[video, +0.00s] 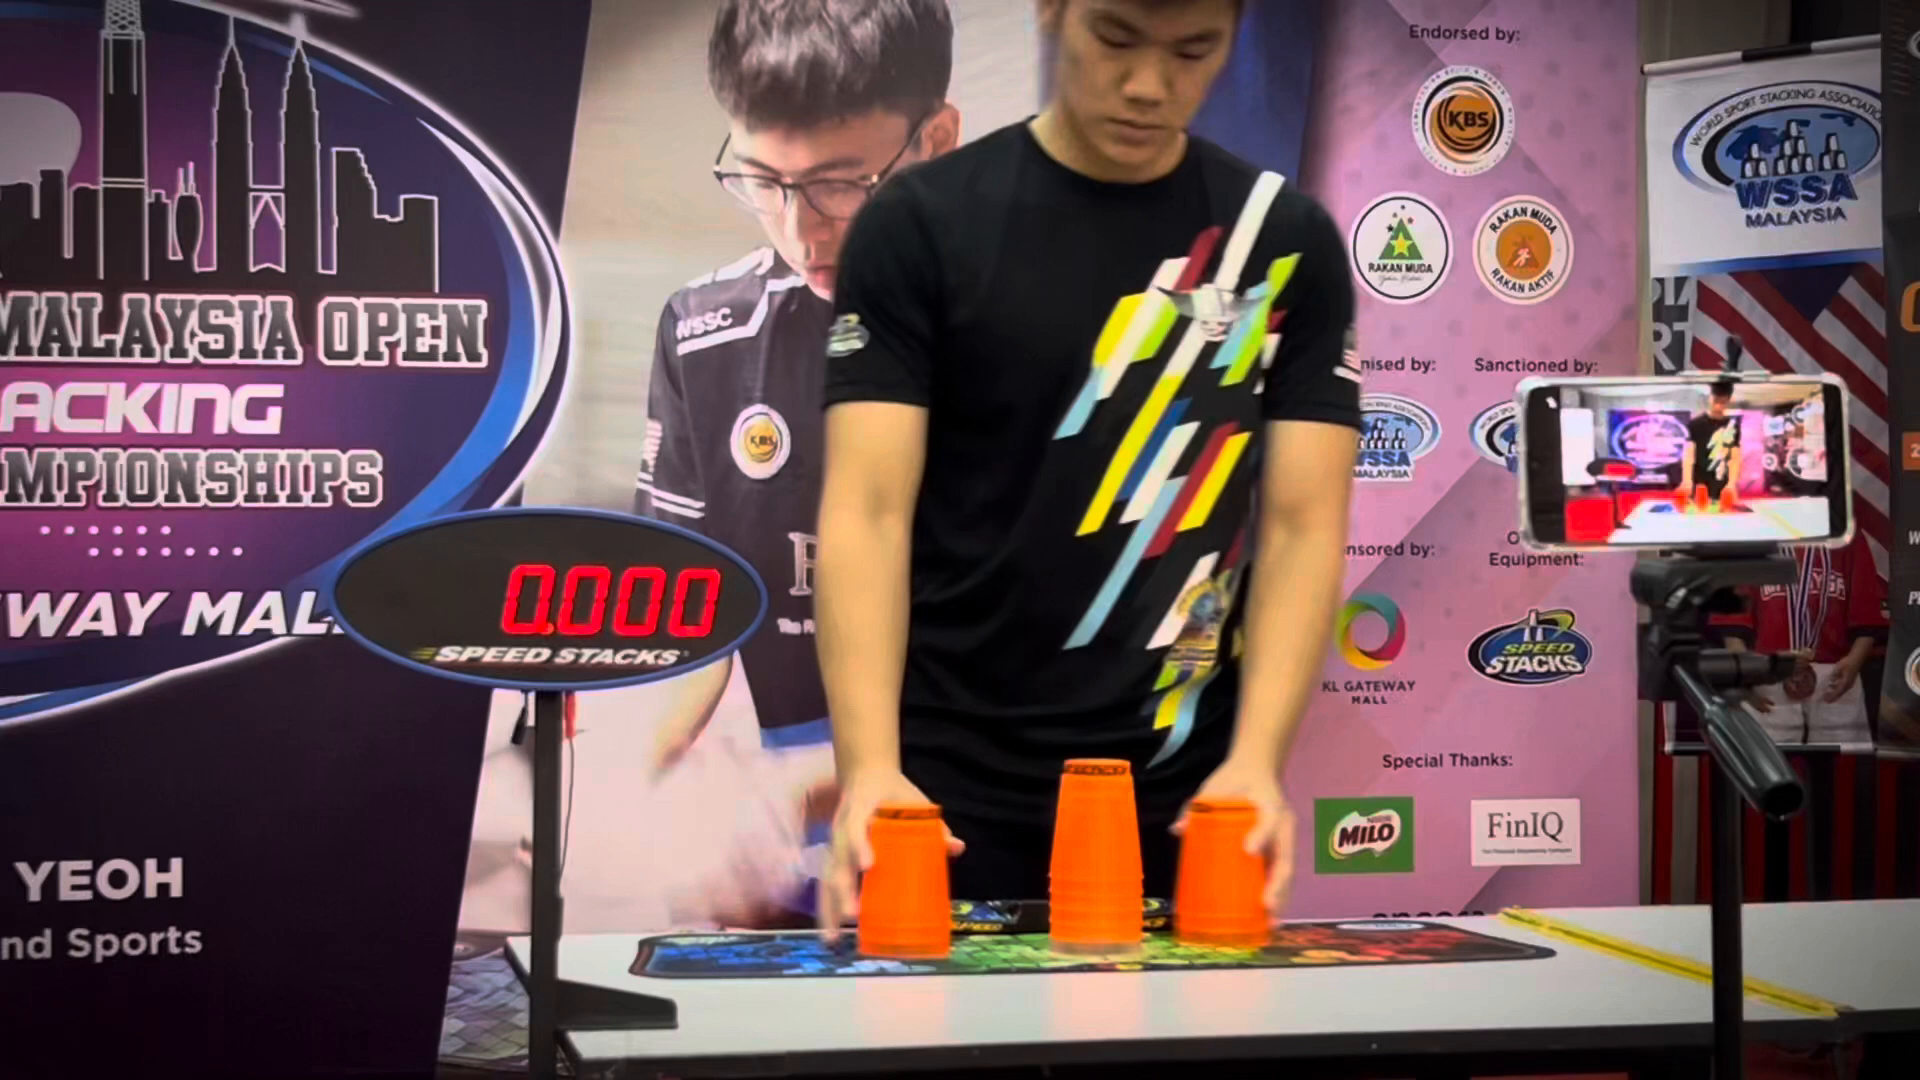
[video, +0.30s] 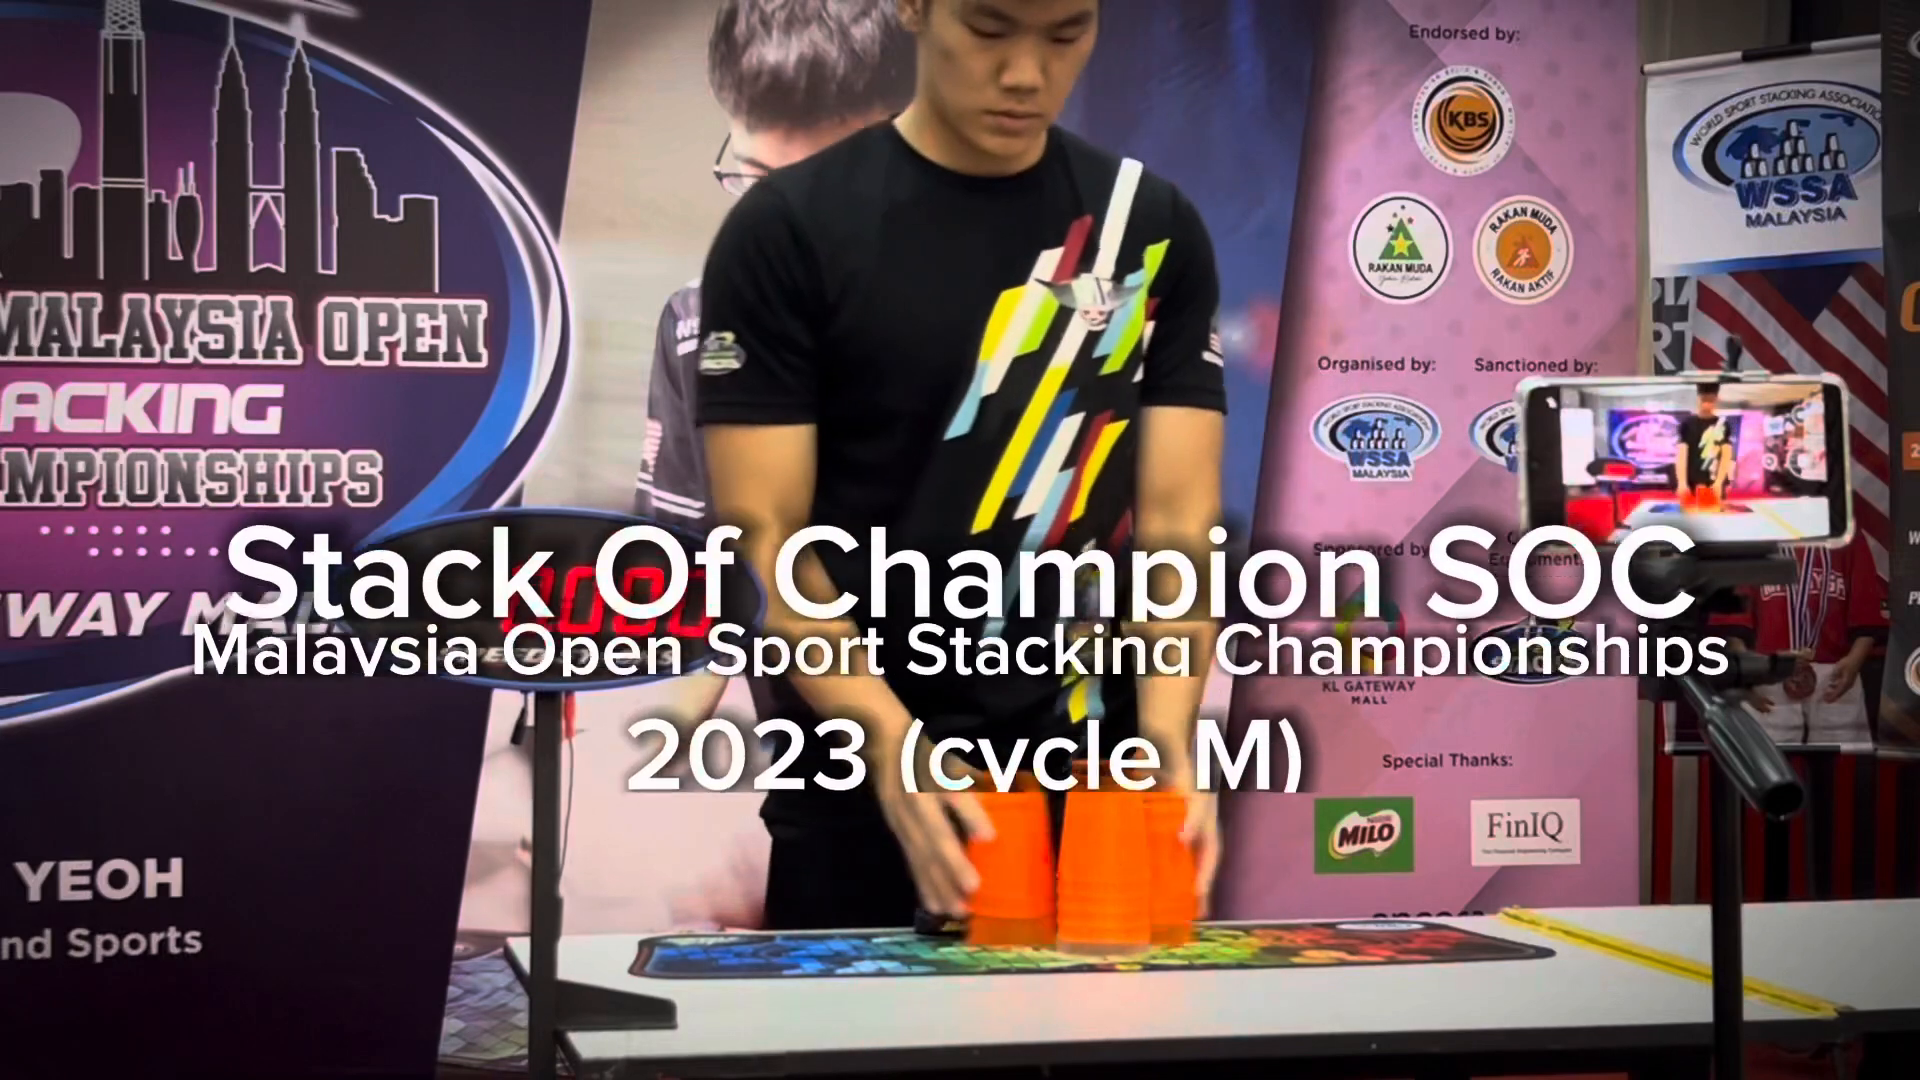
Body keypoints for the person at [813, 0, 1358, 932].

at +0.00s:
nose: (1149, 86)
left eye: (1193, 48)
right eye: (1113, 36)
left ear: (1231, 35)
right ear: (1052, 14)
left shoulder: (1289, 242)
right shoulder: (921, 222)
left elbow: (1303, 527)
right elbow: (866, 513)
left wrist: (1256, 760)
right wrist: (869, 768)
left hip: (1174, 828)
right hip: (951, 819)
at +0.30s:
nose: (1025, 75)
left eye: (1064, 34)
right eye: (987, 27)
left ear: (1095, 29)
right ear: (914, 12)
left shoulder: (1153, 231)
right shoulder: (788, 228)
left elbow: (1178, 523)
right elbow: (764, 533)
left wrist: (1170, 741)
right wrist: (890, 740)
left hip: (1081, 805)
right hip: (857, 802)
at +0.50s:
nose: (998, 70)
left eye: (1036, 30)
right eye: (960, 25)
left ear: (1068, 27)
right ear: (888, 13)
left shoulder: (1134, 238)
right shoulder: (765, 234)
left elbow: (1180, 532)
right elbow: (740, 533)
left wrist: (1243, 753)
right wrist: (791, 762)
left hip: (1075, 798)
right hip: (856, 801)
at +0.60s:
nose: (1006, 66)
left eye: (1045, 29)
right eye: (971, 21)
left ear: (1077, 30)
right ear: (903, 14)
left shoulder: (1138, 237)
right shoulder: (776, 226)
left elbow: (1193, 525)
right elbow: (729, 519)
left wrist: (1245, 750)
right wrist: (769, 747)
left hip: (1071, 802)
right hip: (847, 803)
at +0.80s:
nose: (1066, 79)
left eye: (1105, 44)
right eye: (1032, 33)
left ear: (1138, 45)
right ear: (963, 22)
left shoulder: (1178, 257)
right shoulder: (822, 237)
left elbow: (1226, 493)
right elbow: (677, 472)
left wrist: (1238, 696)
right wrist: (699, 684)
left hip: (1105, 796)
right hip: (889, 788)